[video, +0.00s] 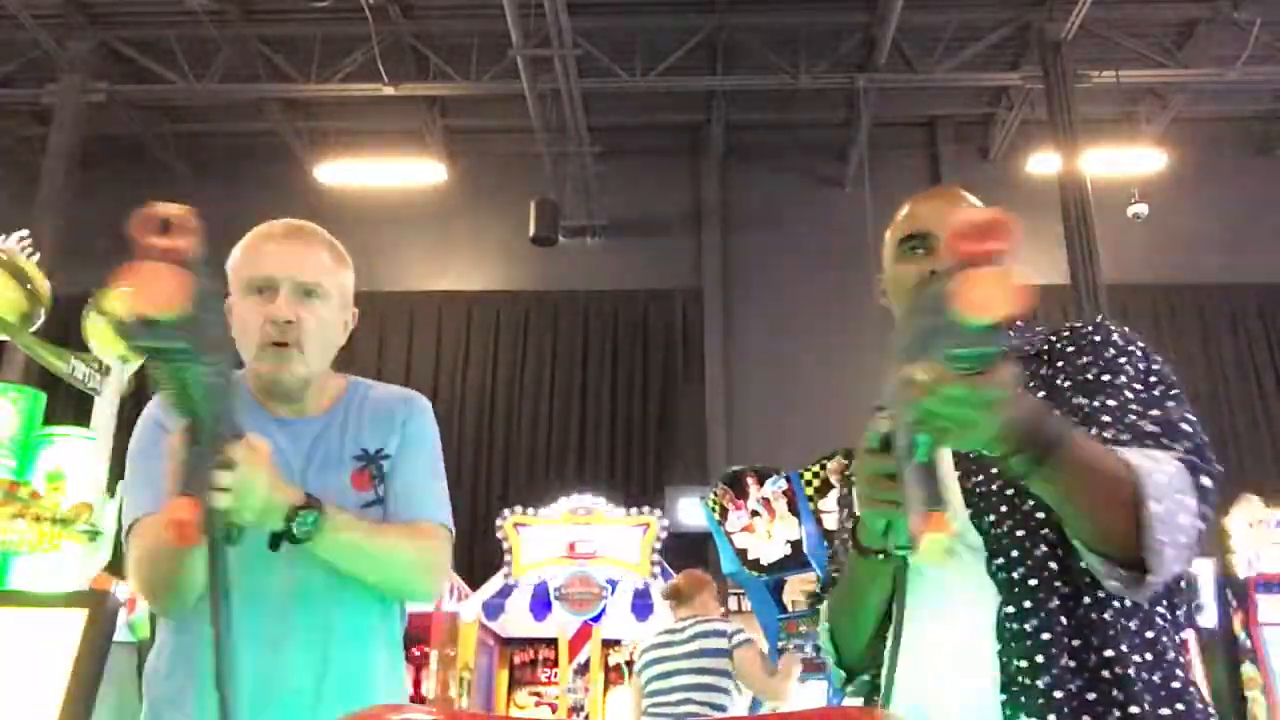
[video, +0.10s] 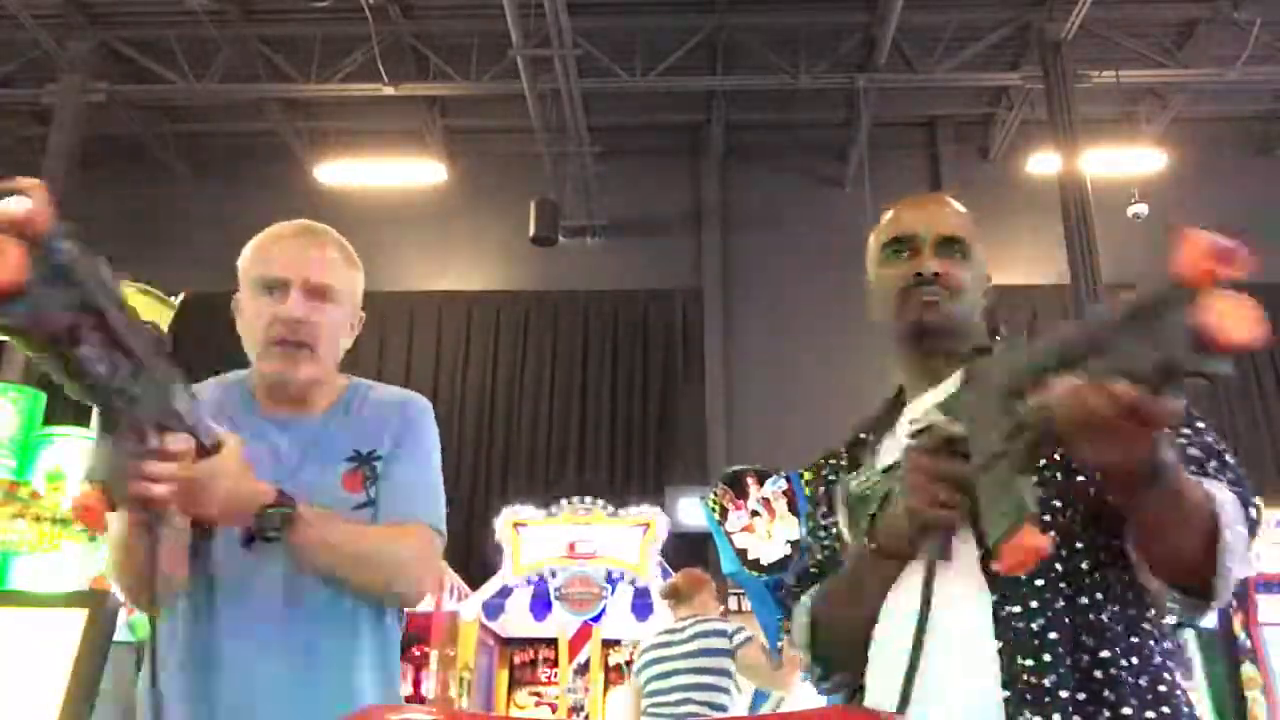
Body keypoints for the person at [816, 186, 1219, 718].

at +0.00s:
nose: (945, 266)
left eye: (973, 245)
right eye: (916, 247)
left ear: (1004, 268)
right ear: (884, 288)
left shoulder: (1090, 356)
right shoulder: (894, 426)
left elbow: (1167, 534)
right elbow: (852, 654)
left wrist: (1030, 437)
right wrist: (873, 538)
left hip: (1108, 697)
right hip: (935, 704)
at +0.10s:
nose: (926, 265)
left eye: (951, 250)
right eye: (899, 251)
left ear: (986, 283)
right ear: (872, 290)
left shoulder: (1095, 396)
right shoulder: (847, 470)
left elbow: (1216, 571)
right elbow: (823, 653)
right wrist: (896, 535)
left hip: (1109, 703)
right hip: (927, 707)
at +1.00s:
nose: (936, 271)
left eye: (960, 253)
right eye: (908, 254)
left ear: (990, 277)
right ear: (876, 294)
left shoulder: (1083, 361)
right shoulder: (869, 459)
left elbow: (1178, 536)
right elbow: (829, 653)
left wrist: (1074, 424)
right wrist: (874, 522)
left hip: (1097, 698)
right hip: (925, 704)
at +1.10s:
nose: (945, 271)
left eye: (969, 251)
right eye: (914, 256)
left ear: (996, 280)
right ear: (883, 300)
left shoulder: (1086, 364)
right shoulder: (878, 457)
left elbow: (1149, 534)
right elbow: (831, 658)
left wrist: (1019, 444)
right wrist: (868, 544)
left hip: (1084, 704)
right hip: (916, 708)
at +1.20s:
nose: (944, 273)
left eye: (969, 256)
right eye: (916, 259)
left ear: (1002, 287)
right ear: (885, 300)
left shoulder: (1090, 358)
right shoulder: (884, 434)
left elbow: (1079, 501)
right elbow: (863, 660)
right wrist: (841, 526)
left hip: (1073, 703)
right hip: (916, 705)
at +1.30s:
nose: (943, 274)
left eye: (967, 257)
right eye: (916, 262)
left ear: (1004, 286)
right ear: (887, 302)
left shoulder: (1089, 357)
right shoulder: (900, 451)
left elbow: (1036, 488)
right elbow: (874, 668)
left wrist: (844, 424)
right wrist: (842, 547)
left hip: (1097, 700)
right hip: (941, 707)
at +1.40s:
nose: (943, 275)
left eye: (967, 258)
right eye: (916, 264)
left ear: (1006, 287)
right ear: (890, 303)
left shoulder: (1097, 354)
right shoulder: (901, 442)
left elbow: (1063, 499)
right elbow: (878, 672)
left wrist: (877, 431)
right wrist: (850, 538)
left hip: (1086, 702)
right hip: (928, 707)